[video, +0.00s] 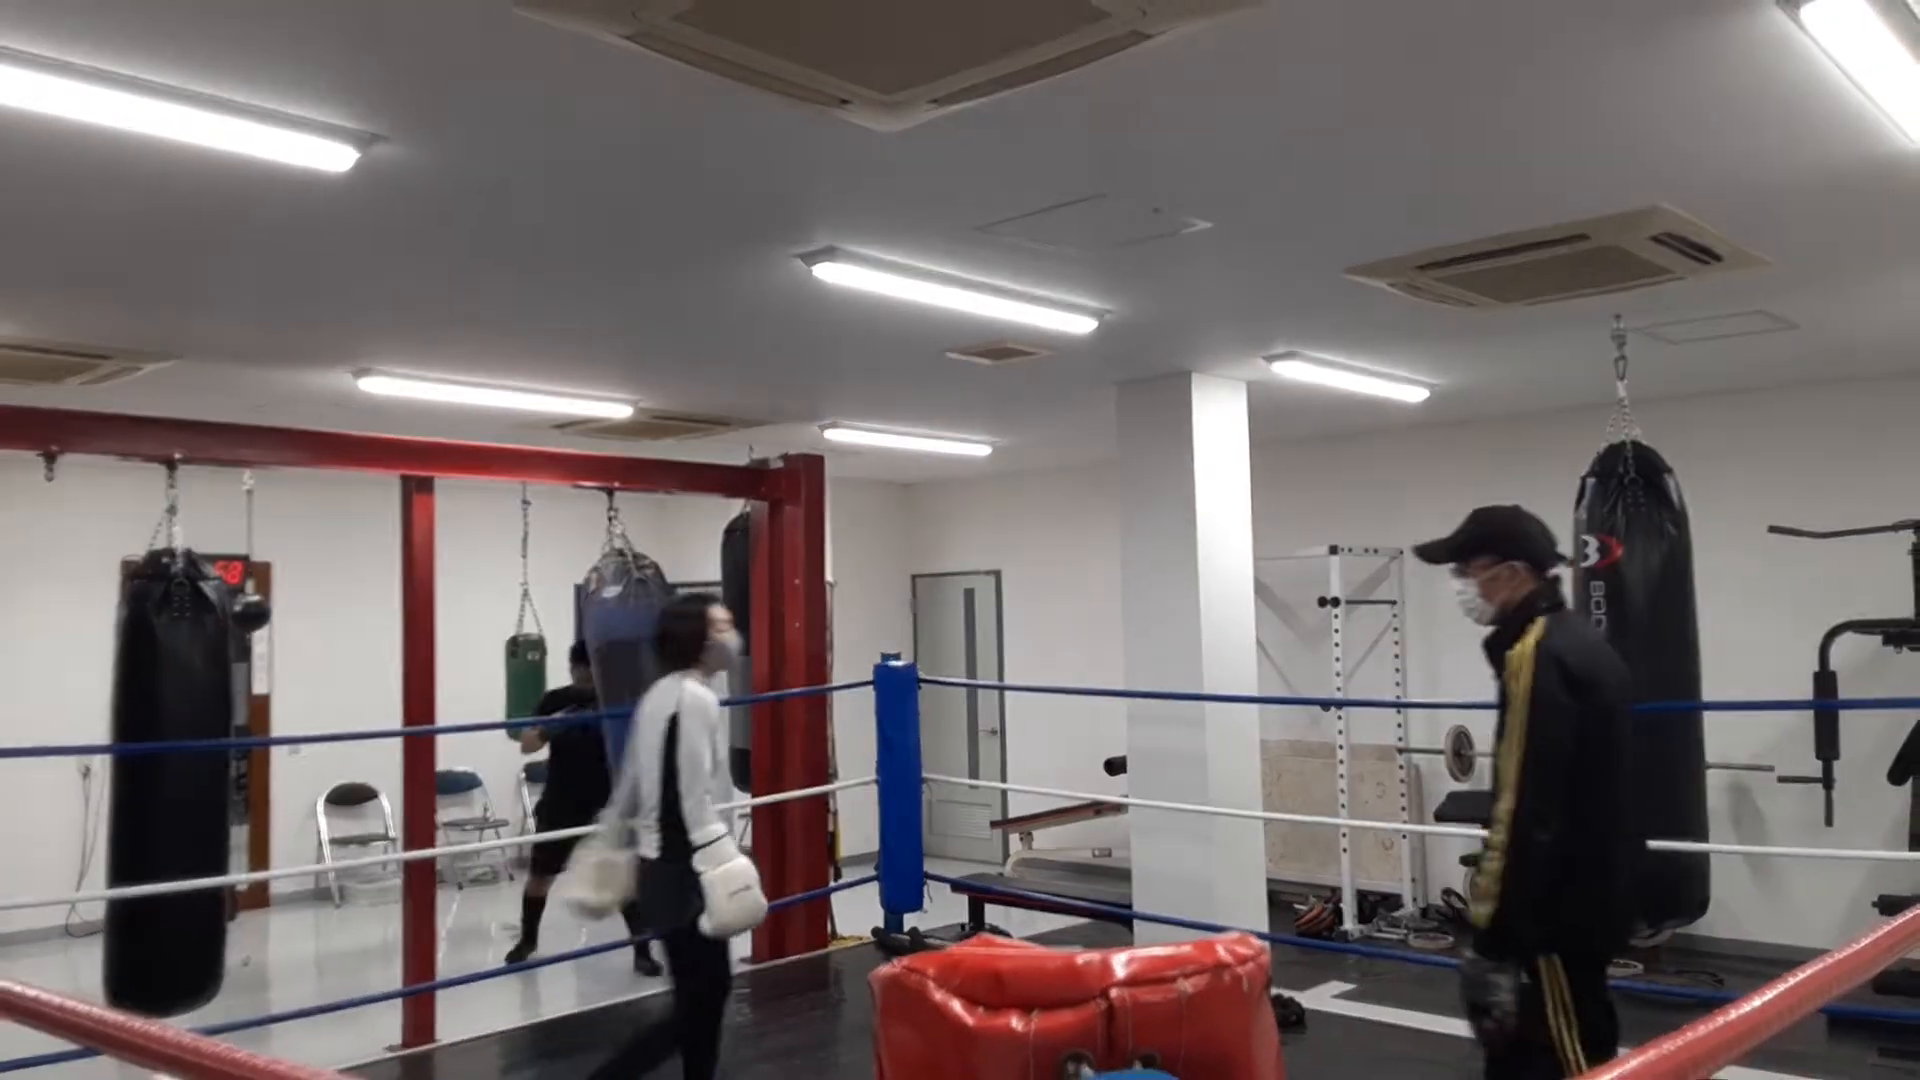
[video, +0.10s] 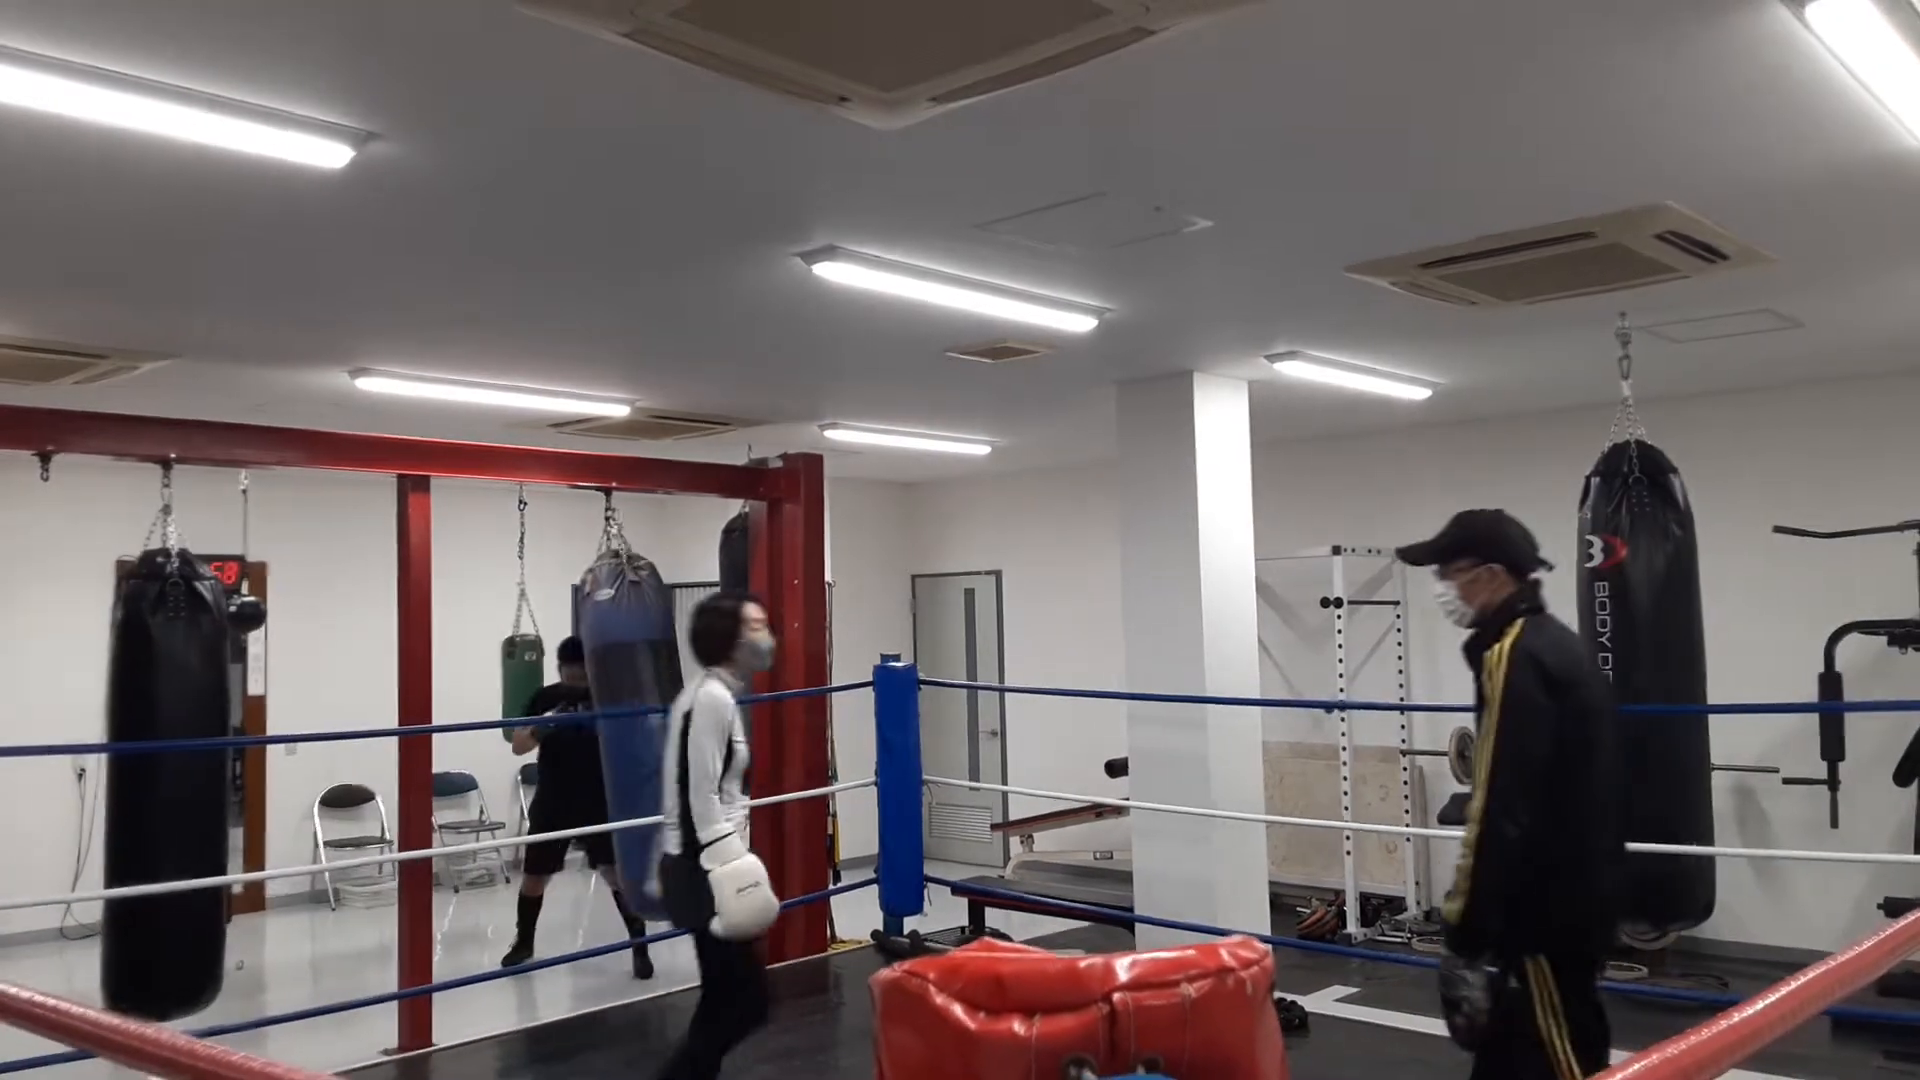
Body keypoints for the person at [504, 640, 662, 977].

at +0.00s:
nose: (585, 675)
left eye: (592, 668)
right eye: (580, 668)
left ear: (604, 668)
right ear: (572, 668)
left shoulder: (617, 700)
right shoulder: (557, 700)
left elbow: (635, 746)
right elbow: (528, 743)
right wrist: (550, 727)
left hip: (610, 799)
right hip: (562, 800)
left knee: (624, 872)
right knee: (541, 873)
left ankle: (642, 949)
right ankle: (528, 940)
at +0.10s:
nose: (574, 679)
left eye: (581, 672)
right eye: (568, 671)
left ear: (593, 670)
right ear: (559, 670)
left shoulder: (607, 697)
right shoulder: (546, 698)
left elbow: (629, 738)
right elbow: (518, 746)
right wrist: (543, 725)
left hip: (600, 799)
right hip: (553, 801)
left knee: (616, 871)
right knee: (535, 872)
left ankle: (640, 946)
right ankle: (524, 943)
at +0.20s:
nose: (571, 675)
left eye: (578, 668)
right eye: (566, 667)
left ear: (591, 666)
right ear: (557, 665)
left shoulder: (606, 691)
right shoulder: (541, 696)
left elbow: (626, 733)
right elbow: (518, 743)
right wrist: (549, 719)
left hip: (601, 795)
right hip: (553, 797)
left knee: (618, 868)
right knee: (534, 871)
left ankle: (636, 941)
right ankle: (522, 943)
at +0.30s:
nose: (576, 671)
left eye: (582, 664)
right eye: (570, 664)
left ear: (595, 663)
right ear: (563, 664)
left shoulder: (611, 690)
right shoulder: (547, 696)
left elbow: (630, 735)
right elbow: (526, 743)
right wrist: (559, 718)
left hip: (608, 791)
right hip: (560, 794)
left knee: (621, 861)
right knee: (539, 868)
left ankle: (638, 932)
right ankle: (524, 941)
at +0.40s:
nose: (581, 675)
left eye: (589, 669)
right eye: (578, 668)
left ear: (604, 669)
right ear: (572, 668)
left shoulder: (619, 694)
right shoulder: (559, 697)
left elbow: (641, 736)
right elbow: (536, 744)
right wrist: (560, 727)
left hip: (617, 791)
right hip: (568, 791)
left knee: (628, 857)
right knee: (546, 864)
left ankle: (638, 935)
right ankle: (525, 942)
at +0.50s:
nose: (589, 673)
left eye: (598, 667)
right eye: (583, 667)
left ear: (612, 666)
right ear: (575, 666)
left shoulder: (628, 693)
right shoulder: (568, 693)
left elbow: (653, 737)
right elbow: (544, 743)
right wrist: (564, 733)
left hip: (625, 785)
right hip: (575, 786)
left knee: (636, 856)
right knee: (550, 860)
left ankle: (639, 937)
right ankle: (526, 940)